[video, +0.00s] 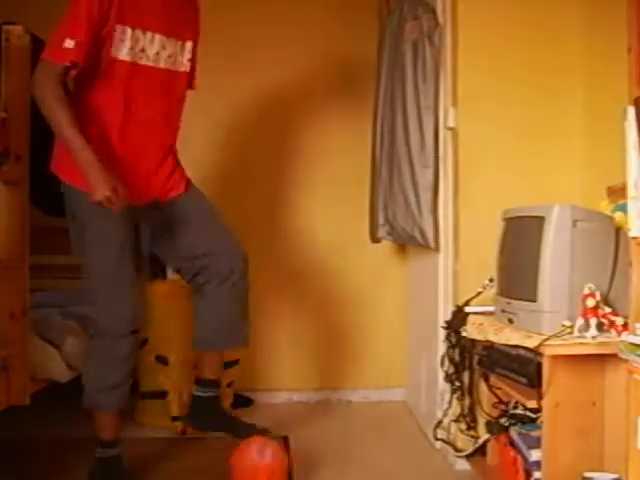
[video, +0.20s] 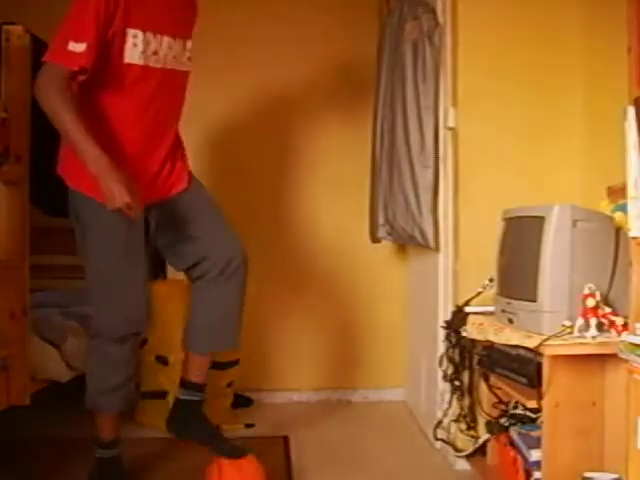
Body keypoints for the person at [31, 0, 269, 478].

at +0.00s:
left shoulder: (187, 9)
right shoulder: (100, 3)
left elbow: (172, 93)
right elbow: (45, 80)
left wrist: (168, 161)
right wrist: (92, 168)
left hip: (160, 175)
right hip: (97, 180)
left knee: (224, 263)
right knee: (118, 316)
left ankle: (206, 401)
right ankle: (108, 455)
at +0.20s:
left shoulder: (185, 8)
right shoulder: (105, 3)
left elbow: (150, 87)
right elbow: (48, 84)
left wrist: (164, 158)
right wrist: (103, 170)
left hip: (164, 171)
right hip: (102, 180)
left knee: (223, 259)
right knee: (120, 319)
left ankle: (188, 407)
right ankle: (108, 455)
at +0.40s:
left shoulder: (201, 10)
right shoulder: (118, 4)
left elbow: (166, 97)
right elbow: (53, 80)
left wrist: (183, 165)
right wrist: (97, 173)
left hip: (164, 174)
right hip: (102, 181)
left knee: (224, 256)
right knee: (113, 321)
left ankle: (178, 393)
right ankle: (106, 452)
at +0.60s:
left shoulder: (222, 24)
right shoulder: (122, 4)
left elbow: (222, 109)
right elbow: (50, 73)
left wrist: (251, 184)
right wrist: (64, 172)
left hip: (175, 197)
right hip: (117, 188)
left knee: (186, 330)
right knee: (141, 324)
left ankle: (152, 432)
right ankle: (115, 447)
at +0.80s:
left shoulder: (247, 14)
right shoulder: (126, 3)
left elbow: (257, 108)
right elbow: (56, 58)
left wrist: (279, 187)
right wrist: (40, 155)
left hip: (187, 182)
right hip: (129, 173)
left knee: (179, 312)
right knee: (175, 308)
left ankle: (155, 425)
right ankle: (165, 467)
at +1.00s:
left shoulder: (248, 8)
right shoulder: (124, 5)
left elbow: (219, 95)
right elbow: (56, 73)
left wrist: (220, 174)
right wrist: (91, 176)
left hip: (212, 180)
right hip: (147, 180)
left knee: (263, 292)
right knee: (183, 330)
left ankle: (182, 363)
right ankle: (174, 471)